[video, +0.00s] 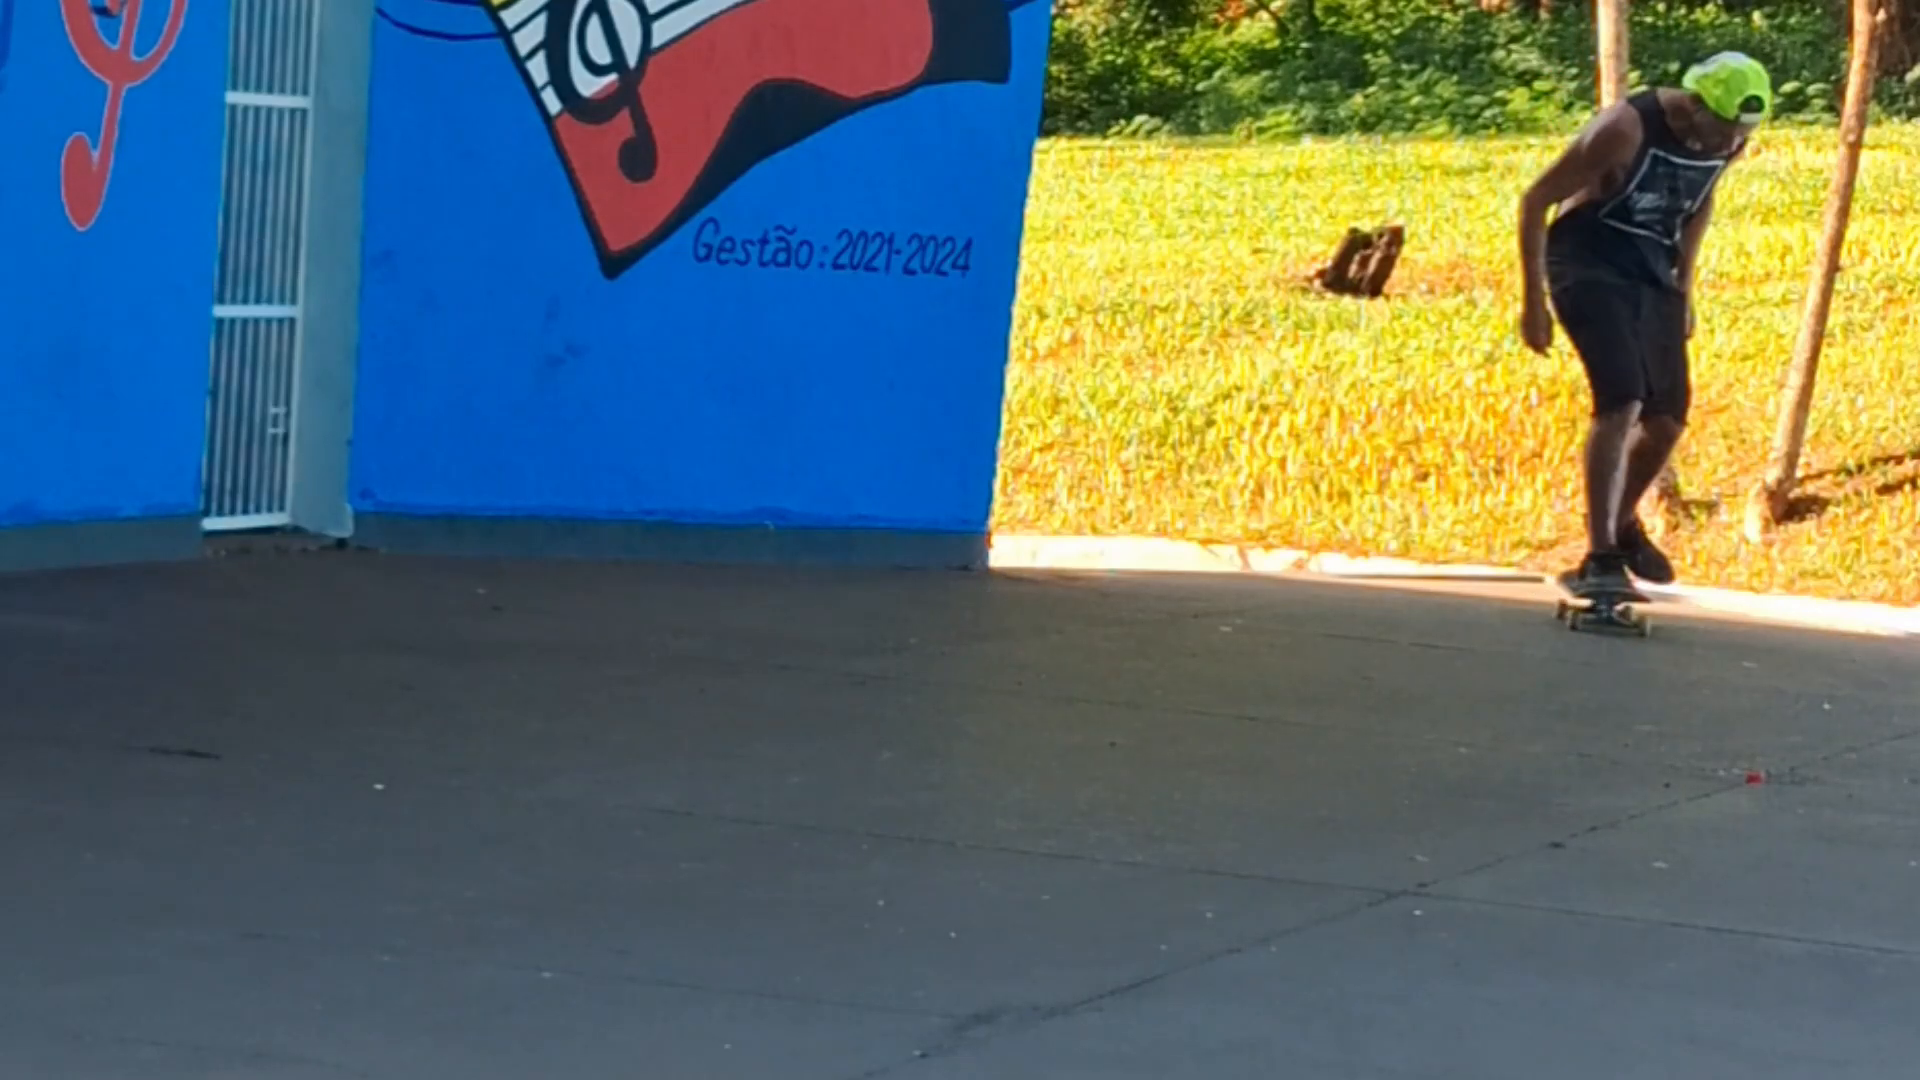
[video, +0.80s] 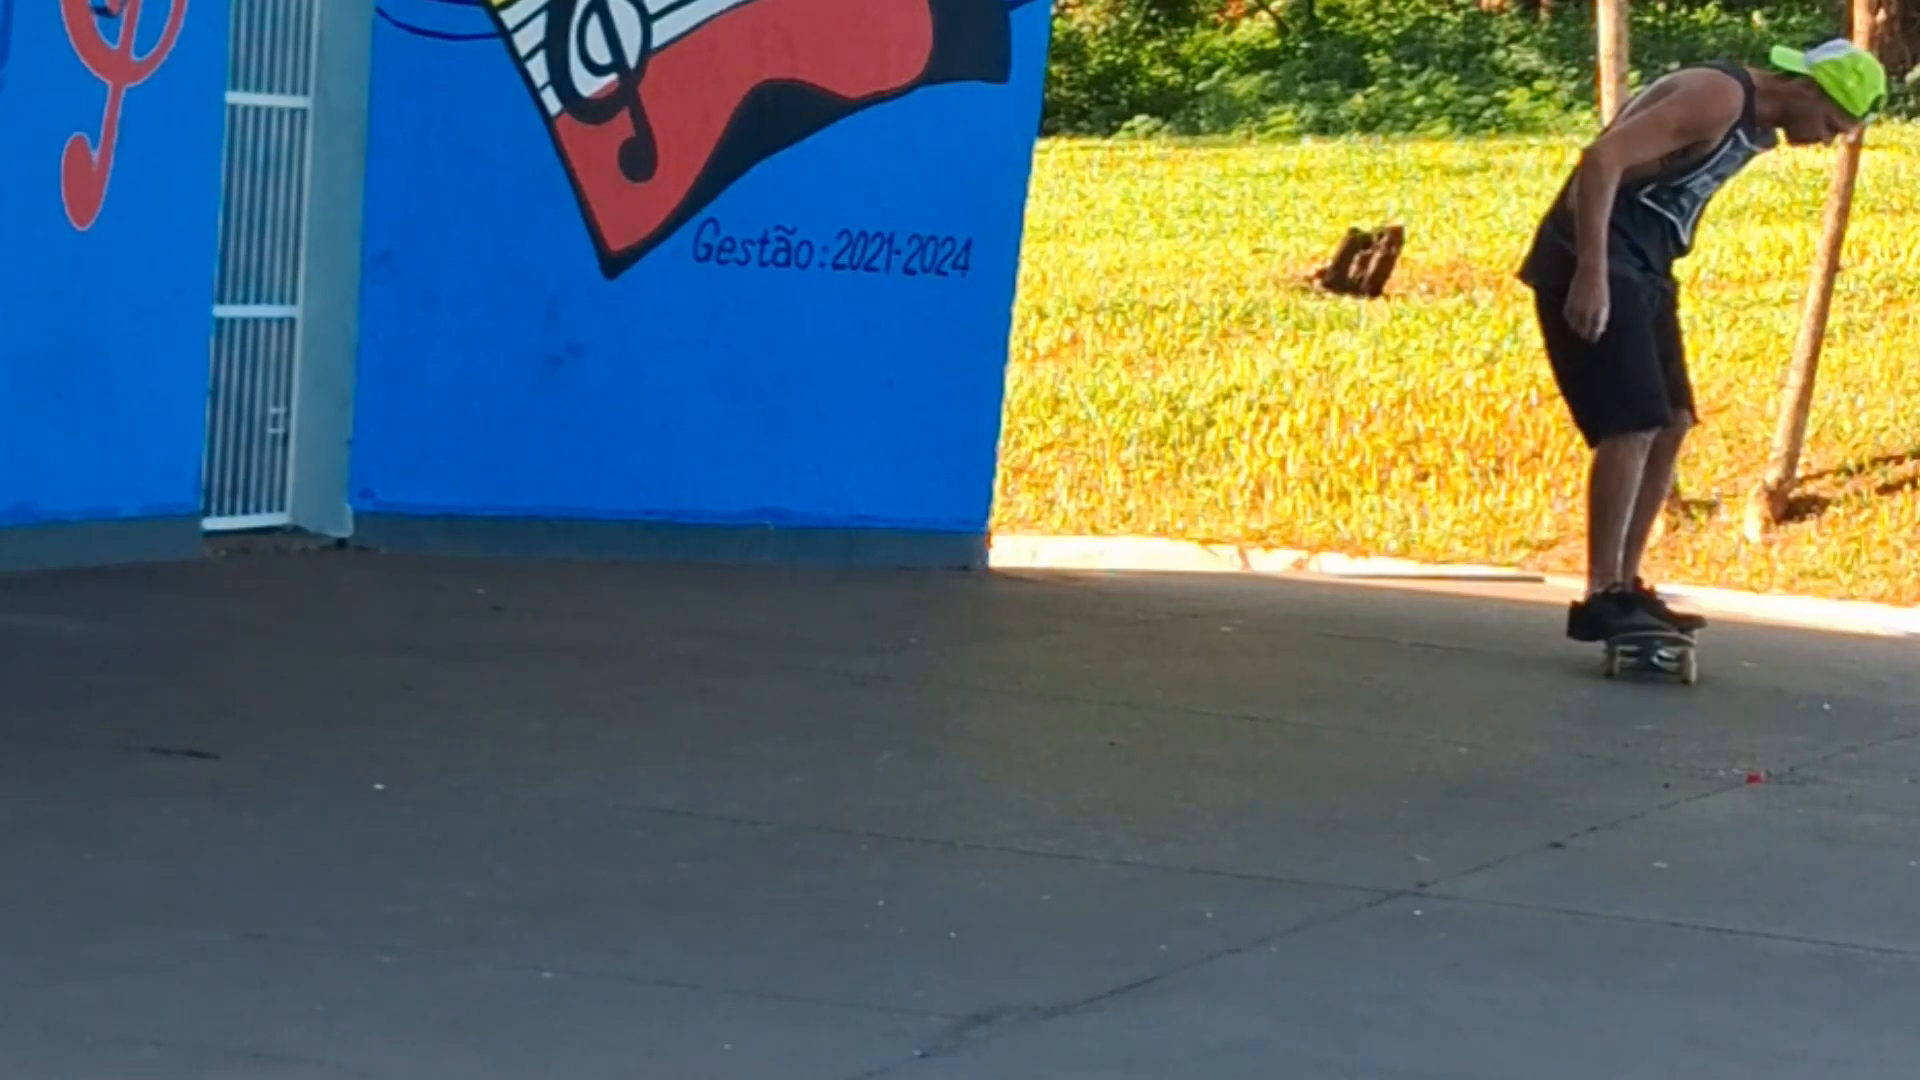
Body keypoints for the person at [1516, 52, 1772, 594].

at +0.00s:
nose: (1735, 145)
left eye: (1743, 135)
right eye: (1728, 132)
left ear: (1749, 123)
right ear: (1698, 108)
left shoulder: (1727, 139)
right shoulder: (1623, 129)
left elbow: (1697, 212)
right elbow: (1534, 200)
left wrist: (1682, 292)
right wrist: (1534, 301)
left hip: (1656, 279)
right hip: (1591, 269)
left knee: (1666, 417)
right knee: (1621, 400)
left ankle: (1620, 521)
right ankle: (1601, 557)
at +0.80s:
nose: (1826, 139)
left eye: (1837, 133)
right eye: (1831, 124)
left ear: (1811, 96)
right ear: (1808, 89)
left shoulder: (1754, 128)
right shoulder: (1715, 97)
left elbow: (1657, 187)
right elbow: (1601, 159)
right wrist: (1591, 272)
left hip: (1641, 272)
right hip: (1595, 264)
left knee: (1671, 421)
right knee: (1631, 424)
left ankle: (1623, 587)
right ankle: (1600, 597)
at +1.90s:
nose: (1803, 222)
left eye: (1815, 217)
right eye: (1812, 206)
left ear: (1792, 163)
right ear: (1794, 162)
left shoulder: (1711, 179)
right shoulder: (1703, 152)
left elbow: (1586, 237)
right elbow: (1577, 212)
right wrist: (1571, 348)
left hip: (1531, 267)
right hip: (1491, 257)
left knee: (1615, 438)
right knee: (1578, 441)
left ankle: (1539, 629)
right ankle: (1500, 629)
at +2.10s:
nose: (1776, 238)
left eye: (1790, 233)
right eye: (1787, 222)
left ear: (1773, 182)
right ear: (1771, 178)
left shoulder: (1683, 190)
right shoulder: (1679, 161)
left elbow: (1556, 264)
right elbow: (1547, 227)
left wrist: (1481, 398)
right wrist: (1533, 368)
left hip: (1499, 267)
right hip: (1455, 254)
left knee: (1578, 443)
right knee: (1549, 442)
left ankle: (1500, 640)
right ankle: (1448, 629)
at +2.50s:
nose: (1702, 281)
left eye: (1717, 276)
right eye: (1716, 267)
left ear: (1696, 217)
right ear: (1699, 223)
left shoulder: (1614, 210)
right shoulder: (1608, 205)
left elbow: (1490, 308)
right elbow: (1490, 297)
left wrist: (1424, 480)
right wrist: (1482, 449)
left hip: (1405, 275)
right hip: (1364, 270)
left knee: (1518, 445)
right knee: (1478, 469)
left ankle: (1416, 651)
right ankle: (1351, 641)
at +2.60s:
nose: (1680, 308)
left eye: (1696, 300)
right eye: (1694, 292)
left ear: (1670, 246)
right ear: (1673, 248)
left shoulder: (1586, 248)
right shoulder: (1583, 232)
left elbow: (1495, 366)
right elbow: (1505, 346)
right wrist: (1537, 491)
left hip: (1383, 307)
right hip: (1339, 298)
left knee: (1493, 472)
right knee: (1474, 477)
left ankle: (1391, 657)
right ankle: (1331, 640)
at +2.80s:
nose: (1637, 319)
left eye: (1650, 311)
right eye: (1647, 301)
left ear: (1620, 256)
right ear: (1622, 255)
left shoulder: (1539, 300)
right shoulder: (1529, 251)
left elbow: (1514, 449)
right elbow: (1470, 413)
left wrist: (1538, 574)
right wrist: (1580, 512)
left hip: (1326, 341)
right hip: (1284, 333)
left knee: (1475, 487)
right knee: (1451, 483)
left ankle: (1345, 661)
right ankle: (1285, 642)